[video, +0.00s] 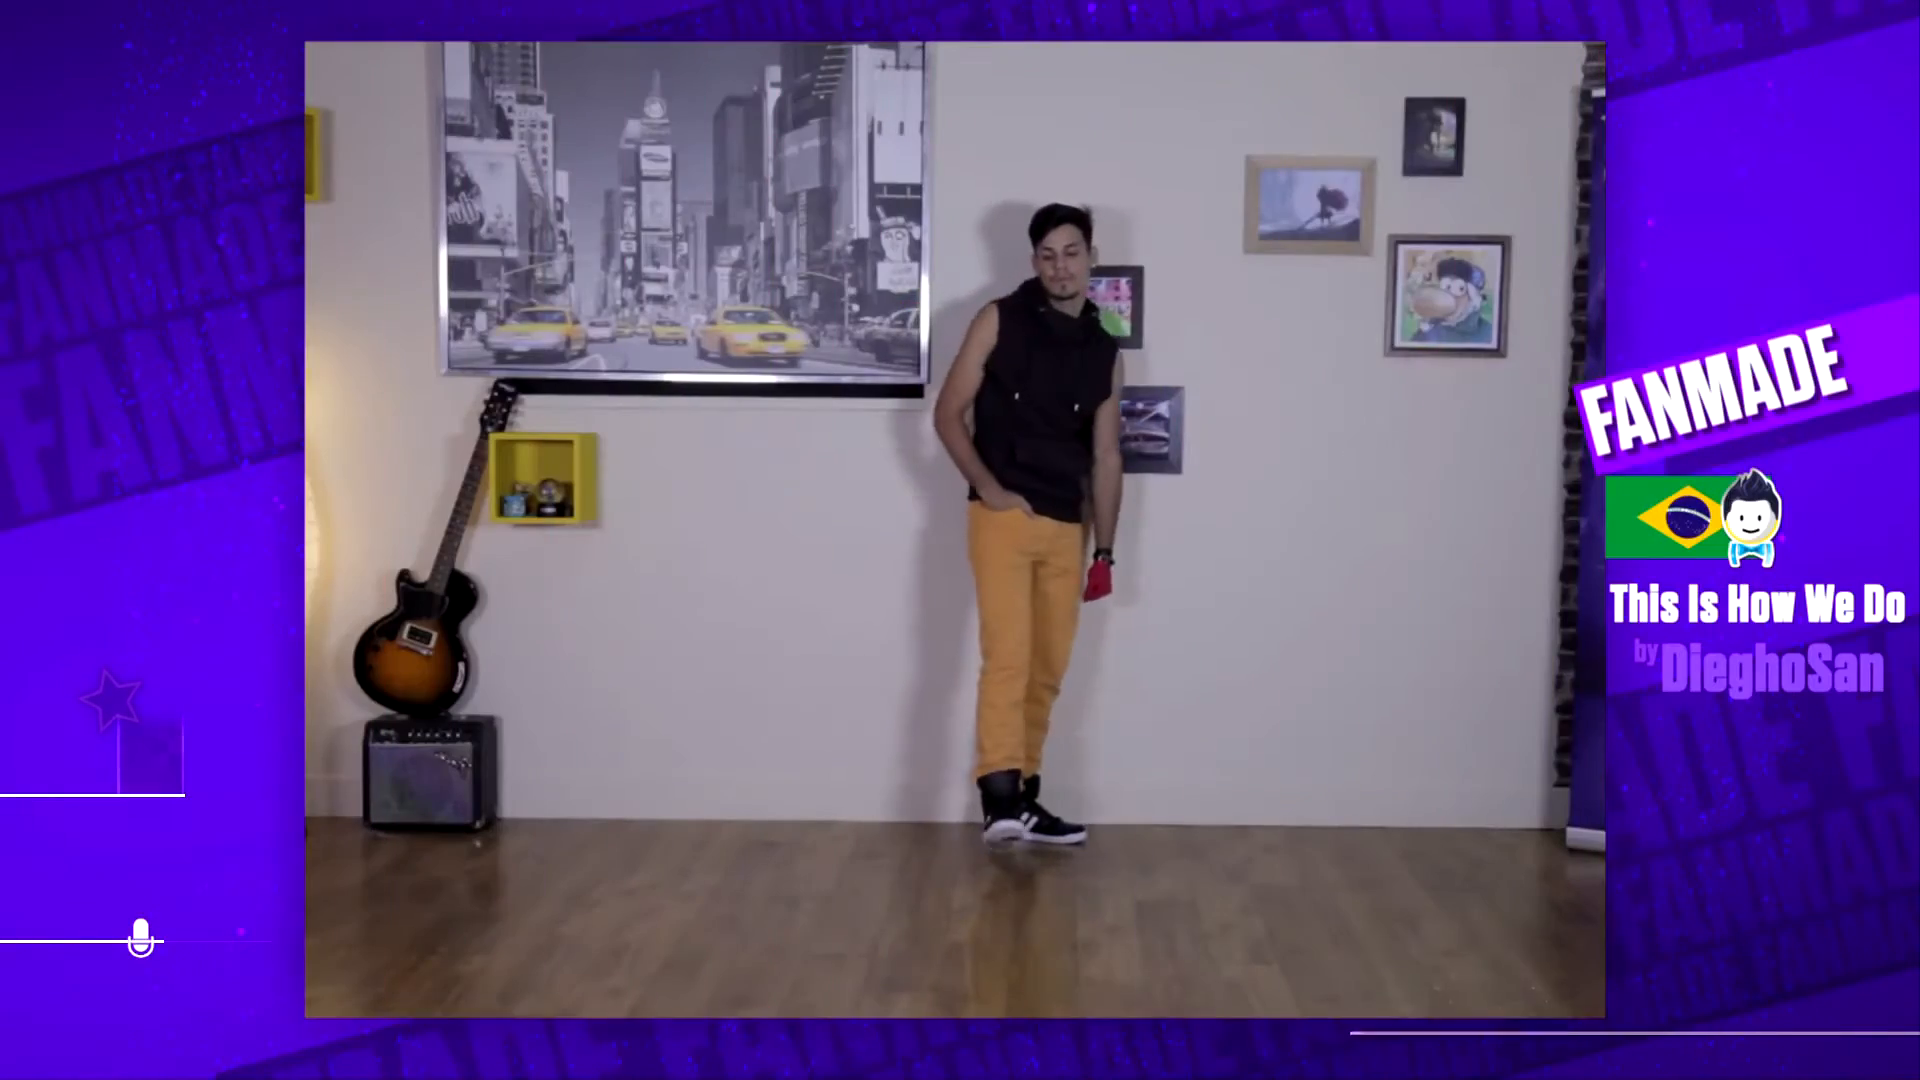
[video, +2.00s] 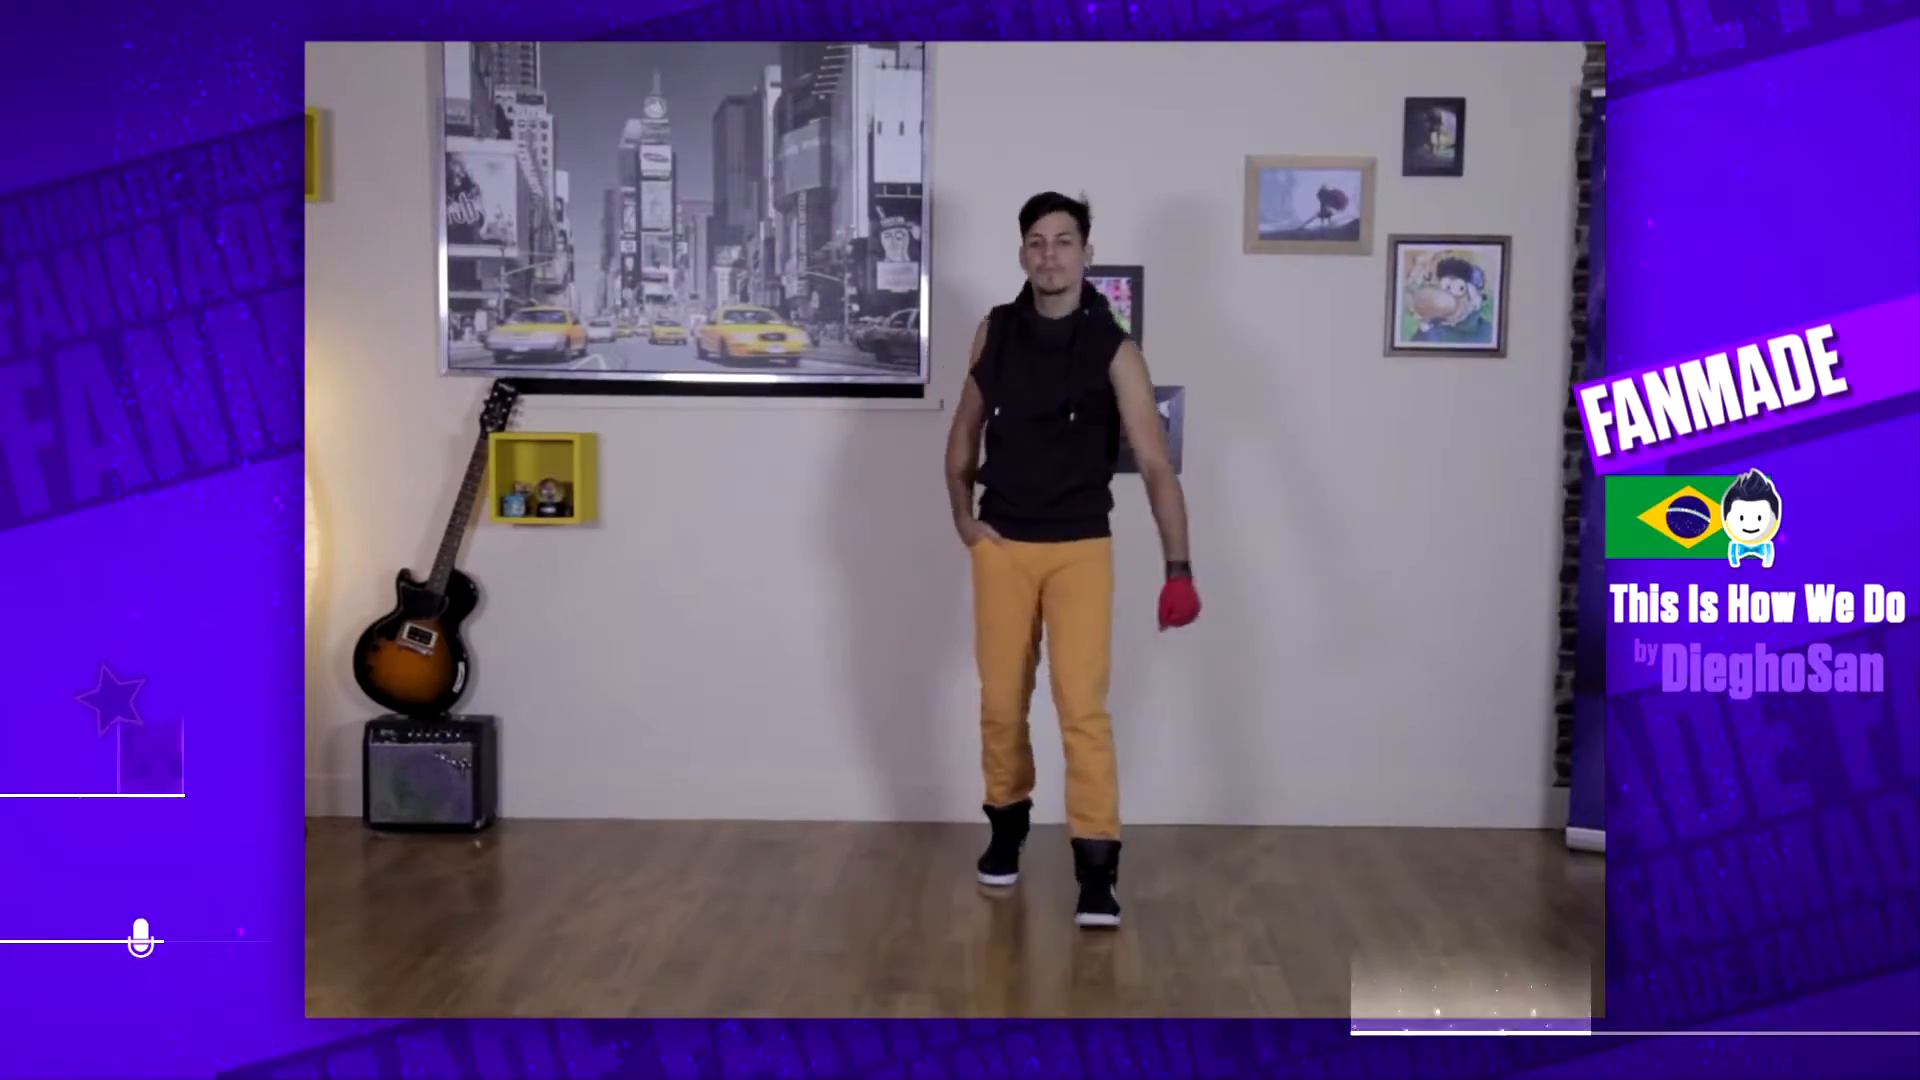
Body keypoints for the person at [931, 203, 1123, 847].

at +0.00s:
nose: (1059, 265)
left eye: (1071, 253)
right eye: (1047, 255)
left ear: (1091, 257)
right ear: (1034, 261)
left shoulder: (1102, 347)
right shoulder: (1000, 320)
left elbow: (1107, 453)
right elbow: (947, 414)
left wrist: (1103, 545)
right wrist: (986, 488)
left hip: (1068, 527)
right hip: (1004, 517)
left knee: (1047, 668)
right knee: (1008, 660)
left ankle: (1023, 800)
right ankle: (999, 804)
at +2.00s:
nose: (1049, 254)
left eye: (1062, 242)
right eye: (1037, 243)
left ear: (1086, 251)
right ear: (1022, 255)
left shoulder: (1113, 349)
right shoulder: (996, 332)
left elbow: (1157, 465)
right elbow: (965, 430)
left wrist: (1179, 567)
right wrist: (963, 514)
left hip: (1081, 550)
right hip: (1000, 546)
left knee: (1083, 710)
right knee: (1000, 706)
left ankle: (1097, 871)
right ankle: (1006, 829)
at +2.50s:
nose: (1037, 263)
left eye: (1053, 250)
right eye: (1026, 249)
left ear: (1079, 256)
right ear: (1011, 254)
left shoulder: (1118, 320)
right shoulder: (1018, 348)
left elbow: (1119, 437)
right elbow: (1019, 448)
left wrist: (1061, 534)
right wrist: (1014, 517)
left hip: (1128, 546)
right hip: (1055, 544)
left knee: (1109, 710)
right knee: (1036, 701)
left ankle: (1100, 865)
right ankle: (1045, 817)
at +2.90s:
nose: (1087, 240)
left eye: (1105, 228)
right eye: (1076, 225)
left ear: (1127, 241)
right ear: (1061, 232)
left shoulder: (1159, 319)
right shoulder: (1029, 330)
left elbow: (1181, 435)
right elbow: (995, 442)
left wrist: (1154, 525)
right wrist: (1013, 520)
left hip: (1138, 547)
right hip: (1057, 543)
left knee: (1115, 713)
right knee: (1033, 703)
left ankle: (1101, 865)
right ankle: (1032, 814)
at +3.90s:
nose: (1045, 231)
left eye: (1063, 220)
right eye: (1034, 217)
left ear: (1087, 236)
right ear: (1016, 229)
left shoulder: (1120, 330)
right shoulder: (975, 324)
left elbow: (1147, 459)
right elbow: (918, 440)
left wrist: (1085, 435)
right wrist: (966, 531)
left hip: (1103, 563)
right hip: (1009, 562)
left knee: (1138, 722)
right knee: (990, 733)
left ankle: (1126, 864)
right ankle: (966, 897)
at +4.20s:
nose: (1073, 252)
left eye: (1087, 239)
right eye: (1057, 238)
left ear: (1103, 239)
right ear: (1029, 239)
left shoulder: (1125, 302)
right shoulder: (1010, 335)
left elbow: (1106, 410)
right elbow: (973, 449)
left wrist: (1051, 318)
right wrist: (986, 523)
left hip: (1122, 567)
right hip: (1029, 563)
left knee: (1158, 739)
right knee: (995, 736)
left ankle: (1200, 904)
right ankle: (975, 900)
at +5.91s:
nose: (1076, 253)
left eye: (1091, 238)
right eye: (1067, 240)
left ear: (1136, 232)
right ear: (1060, 241)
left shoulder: (1182, 318)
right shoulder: (1058, 326)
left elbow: (1155, 429)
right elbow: (1036, 439)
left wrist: (1090, 342)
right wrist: (1016, 519)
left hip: (1144, 571)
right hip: (1050, 566)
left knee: (1166, 746)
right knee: (1015, 741)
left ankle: (1190, 908)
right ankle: (982, 902)